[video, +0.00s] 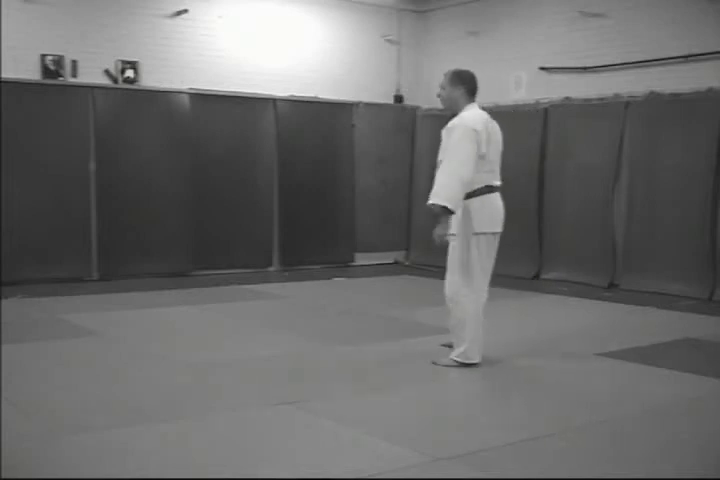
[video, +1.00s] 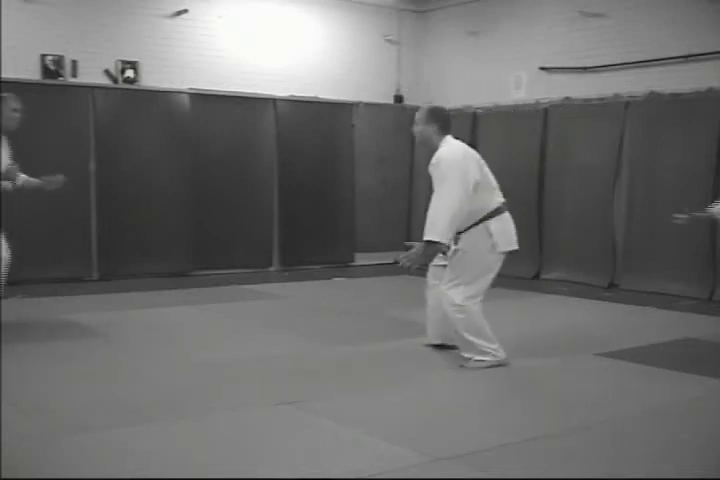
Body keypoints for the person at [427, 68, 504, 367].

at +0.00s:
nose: (439, 94)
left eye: (444, 88)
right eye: (440, 88)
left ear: (461, 92)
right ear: (467, 93)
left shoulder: (464, 125)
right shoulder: (487, 122)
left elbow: (455, 171)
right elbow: (485, 171)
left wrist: (444, 216)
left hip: (472, 209)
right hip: (489, 206)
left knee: (462, 282)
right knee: (473, 280)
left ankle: (467, 352)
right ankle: (466, 340)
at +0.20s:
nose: (440, 95)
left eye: (445, 89)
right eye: (441, 89)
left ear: (461, 92)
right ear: (468, 93)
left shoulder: (464, 126)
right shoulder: (485, 122)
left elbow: (455, 171)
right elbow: (480, 171)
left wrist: (433, 211)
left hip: (471, 211)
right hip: (487, 208)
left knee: (461, 282)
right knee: (472, 280)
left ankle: (467, 352)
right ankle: (467, 340)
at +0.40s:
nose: (436, 98)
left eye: (441, 92)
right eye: (438, 92)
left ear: (457, 95)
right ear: (465, 96)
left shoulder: (463, 128)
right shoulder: (479, 124)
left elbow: (460, 177)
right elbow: (472, 176)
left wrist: (441, 220)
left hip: (472, 212)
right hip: (484, 209)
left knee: (461, 280)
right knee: (470, 279)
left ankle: (468, 350)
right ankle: (467, 340)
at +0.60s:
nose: (433, 100)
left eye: (437, 95)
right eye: (434, 94)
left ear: (454, 98)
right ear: (461, 98)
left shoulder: (459, 131)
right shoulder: (480, 126)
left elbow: (456, 180)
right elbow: (482, 175)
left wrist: (440, 223)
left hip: (471, 214)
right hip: (488, 210)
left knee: (463, 281)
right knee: (472, 278)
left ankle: (485, 349)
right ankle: (464, 335)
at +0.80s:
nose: (424, 110)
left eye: (429, 104)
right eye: (426, 104)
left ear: (444, 109)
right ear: (451, 110)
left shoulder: (455, 140)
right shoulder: (463, 136)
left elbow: (450, 187)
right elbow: (452, 188)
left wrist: (432, 229)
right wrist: (436, 226)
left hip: (481, 221)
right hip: (473, 220)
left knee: (467, 283)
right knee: (446, 268)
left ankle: (489, 351)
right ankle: (453, 334)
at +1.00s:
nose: (413, 131)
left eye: (417, 125)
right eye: (414, 125)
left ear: (434, 129)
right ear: (438, 129)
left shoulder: (451, 157)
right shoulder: (449, 154)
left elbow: (447, 208)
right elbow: (446, 207)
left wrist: (425, 252)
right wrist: (428, 245)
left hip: (486, 233)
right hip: (472, 232)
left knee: (456, 292)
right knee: (437, 276)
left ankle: (488, 353)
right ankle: (443, 336)